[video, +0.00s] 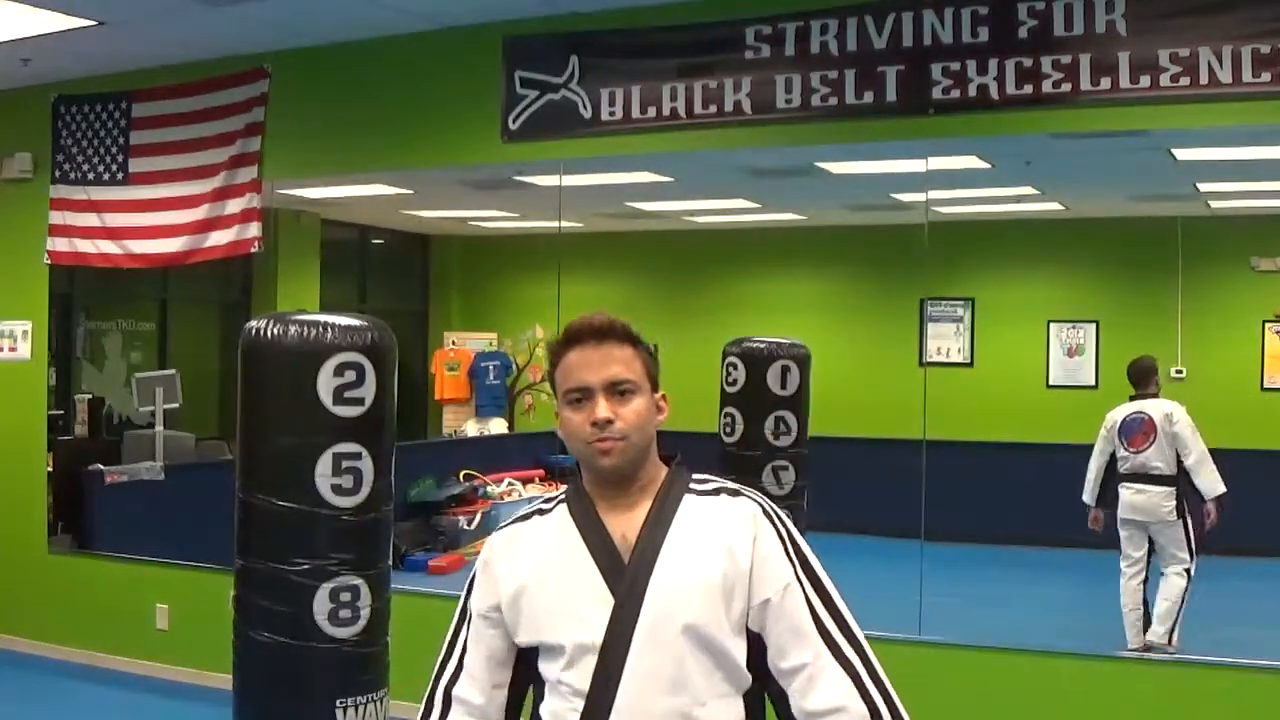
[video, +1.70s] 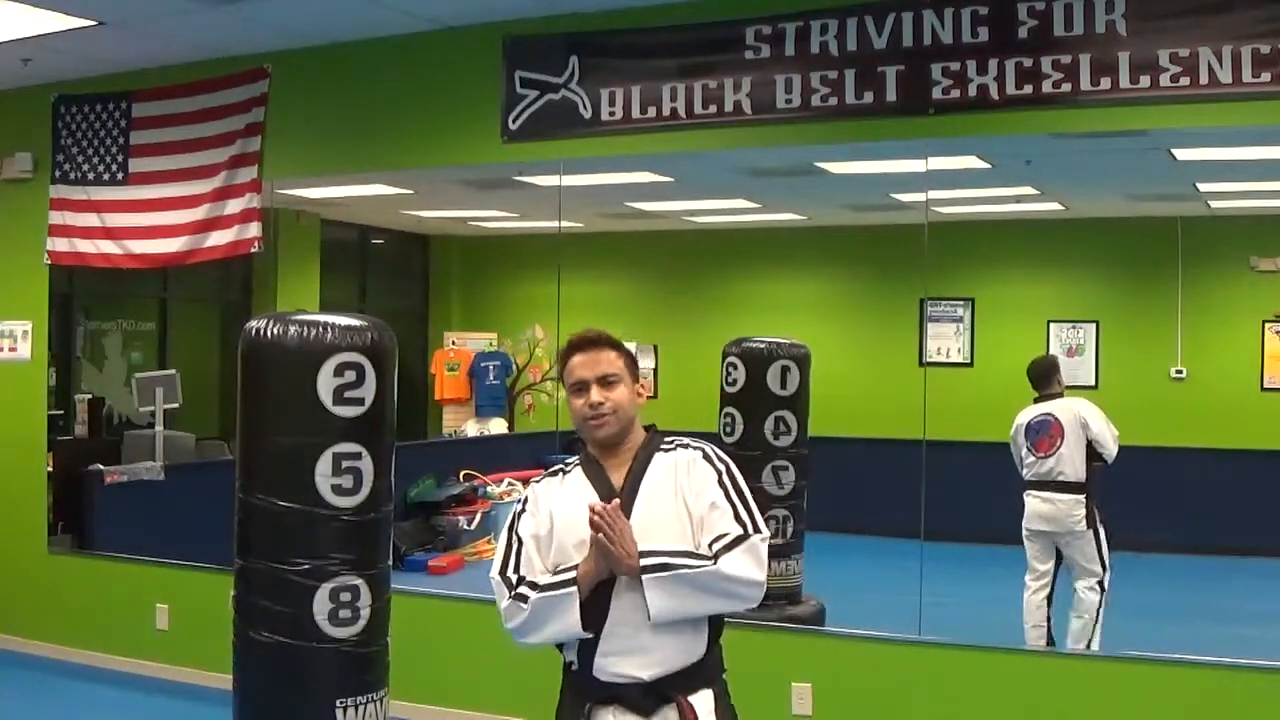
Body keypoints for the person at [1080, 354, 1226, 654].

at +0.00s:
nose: (1160, 380)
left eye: (1155, 377)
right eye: (1159, 376)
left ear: (1131, 382)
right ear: (1156, 379)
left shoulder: (1115, 416)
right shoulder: (1172, 411)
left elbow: (1097, 462)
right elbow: (1194, 455)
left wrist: (1092, 504)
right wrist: (1211, 495)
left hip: (1127, 499)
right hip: (1164, 501)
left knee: (1131, 568)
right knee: (1177, 565)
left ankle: (1135, 641)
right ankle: (1159, 635)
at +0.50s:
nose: (1153, 383)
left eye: (1150, 379)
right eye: (1152, 379)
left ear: (1123, 383)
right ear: (1149, 383)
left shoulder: (1102, 416)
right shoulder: (1159, 418)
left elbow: (1094, 463)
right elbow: (1185, 467)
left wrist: (1121, 467)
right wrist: (1201, 460)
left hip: (1109, 502)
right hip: (1143, 504)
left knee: (1116, 576)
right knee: (1139, 577)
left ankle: (1135, 634)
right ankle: (1120, 650)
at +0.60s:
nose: (1151, 383)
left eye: (1147, 379)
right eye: (1151, 379)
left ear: (1121, 382)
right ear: (1147, 382)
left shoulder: (1099, 414)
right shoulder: (1155, 417)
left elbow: (1094, 458)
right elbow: (1178, 464)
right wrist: (1182, 447)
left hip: (1104, 502)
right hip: (1138, 504)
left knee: (1112, 576)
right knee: (1135, 577)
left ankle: (1131, 637)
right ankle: (1120, 651)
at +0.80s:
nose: (1144, 381)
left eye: (1141, 376)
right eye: (1143, 377)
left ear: (1113, 380)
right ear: (1140, 380)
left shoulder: (1093, 411)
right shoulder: (1150, 415)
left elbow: (1086, 453)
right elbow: (1174, 459)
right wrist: (1146, 449)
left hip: (1096, 502)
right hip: (1130, 505)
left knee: (1096, 574)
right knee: (1127, 578)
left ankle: (1088, 649)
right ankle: (1119, 654)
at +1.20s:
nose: (1106, 380)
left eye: (1103, 375)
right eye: (1105, 376)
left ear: (1076, 383)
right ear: (1101, 380)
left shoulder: (1061, 416)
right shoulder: (1118, 417)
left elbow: (1056, 456)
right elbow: (1141, 460)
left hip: (1068, 503)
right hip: (1106, 506)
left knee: (1062, 573)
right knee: (1112, 582)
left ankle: (1040, 646)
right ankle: (1116, 655)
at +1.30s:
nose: (1094, 379)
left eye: (1089, 375)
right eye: (1093, 375)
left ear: (1064, 383)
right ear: (1091, 380)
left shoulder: (1050, 416)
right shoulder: (1109, 414)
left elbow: (1046, 457)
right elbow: (1132, 458)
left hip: (1057, 503)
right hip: (1096, 507)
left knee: (1054, 576)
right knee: (1107, 584)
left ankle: (1042, 650)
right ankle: (1114, 654)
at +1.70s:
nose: (1063, 378)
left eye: (1060, 374)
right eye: (1061, 374)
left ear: (1033, 384)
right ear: (1059, 379)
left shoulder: (1022, 418)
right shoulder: (1081, 408)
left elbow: (1022, 464)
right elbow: (1109, 449)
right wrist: (1079, 454)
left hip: (1034, 506)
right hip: (1074, 508)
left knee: (1037, 578)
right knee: (1091, 578)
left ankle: (1036, 651)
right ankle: (1079, 652)